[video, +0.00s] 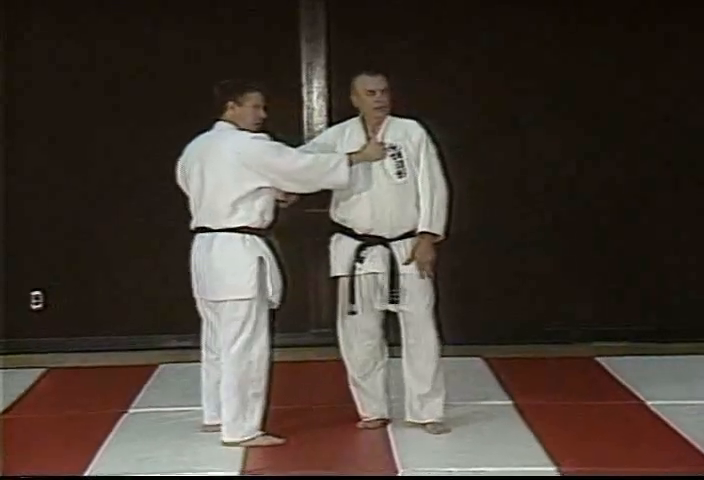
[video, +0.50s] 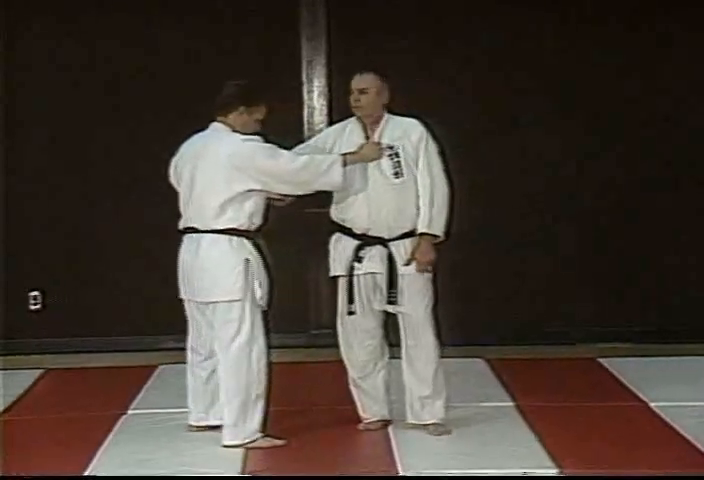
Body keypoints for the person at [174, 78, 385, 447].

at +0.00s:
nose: (262, 114)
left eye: (262, 107)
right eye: (256, 108)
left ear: (229, 112)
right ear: (232, 108)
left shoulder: (195, 148)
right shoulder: (250, 146)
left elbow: (190, 185)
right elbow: (301, 167)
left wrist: (269, 196)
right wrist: (358, 156)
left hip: (203, 249)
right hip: (239, 251)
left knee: (214, 340)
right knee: (244, 344)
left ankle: (214, 415)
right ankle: (240, 429)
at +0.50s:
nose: (260, 125)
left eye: (261, 118)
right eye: (257, 117)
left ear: (226, 113)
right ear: (238, 113)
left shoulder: (191, 146)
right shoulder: (243, 149)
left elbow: (176, 177)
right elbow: (295, 168)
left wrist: (255, 189)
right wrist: (355, 157)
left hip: (192, 251)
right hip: (229, 254)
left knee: (201, 342)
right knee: (240, 345)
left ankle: (203, 414)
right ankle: (241, 431)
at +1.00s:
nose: (256, 126)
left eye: (257, 119)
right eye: (254, 118)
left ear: (224, 113)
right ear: (237, 113)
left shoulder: (190, 146)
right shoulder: (235, 149)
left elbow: (175, 176)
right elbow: (288, 169)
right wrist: (350, 158)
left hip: (194, 249)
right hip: (228, 253)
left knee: (206, 340)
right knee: (239, 344)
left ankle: (203, 413)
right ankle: (237, 430)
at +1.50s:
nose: (259, 122)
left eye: (260, 115)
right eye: (257, 114)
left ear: (225, 112)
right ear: (239, 112)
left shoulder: (194, 143)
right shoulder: (238, 148)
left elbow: (177, 176)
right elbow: (292, 168)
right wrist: (355, 160)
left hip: (195, 248)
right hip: (229, 253)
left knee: (205, 343)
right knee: (237, 346)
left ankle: (206, 415)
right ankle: (237, 430)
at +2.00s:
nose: (264, 129)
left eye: (266, 122)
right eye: (263, 121)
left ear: (232, 115)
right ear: (244, 115)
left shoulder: (195, 145)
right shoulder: (242, 150)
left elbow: (179, 176)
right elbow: (296, 170)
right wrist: (359, 162)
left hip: (185, 251)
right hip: (221, 255)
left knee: (198, 345)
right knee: (234, 346)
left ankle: (202, 417)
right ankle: (237, 431)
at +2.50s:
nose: (261, 118)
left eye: (261, 110)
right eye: (257, 111)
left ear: (227, 114)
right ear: (237, 113)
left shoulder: (195, 146)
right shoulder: (242, 150)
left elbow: (179, 176)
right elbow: (296, 169)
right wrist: (359, 161)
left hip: (195, 251)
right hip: (229, 256)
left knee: (208, 344)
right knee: (242, 346)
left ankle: (207, 416)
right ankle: (239, 431)